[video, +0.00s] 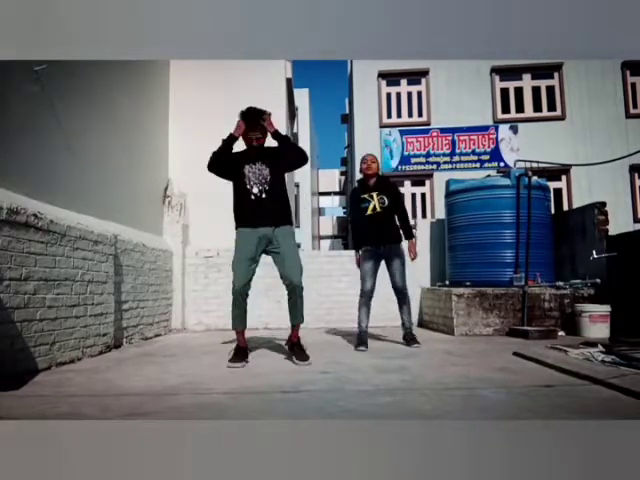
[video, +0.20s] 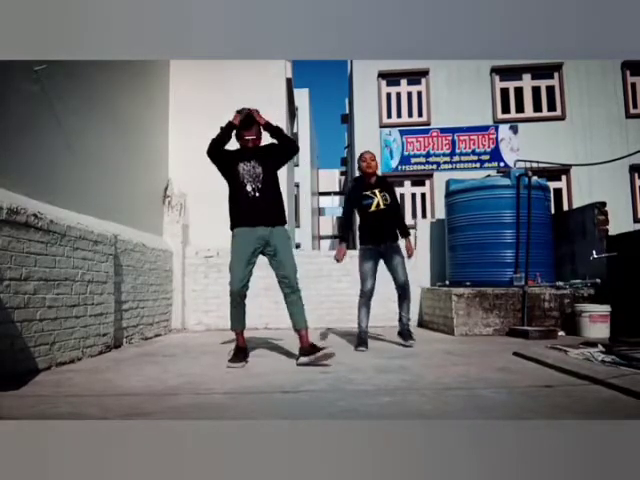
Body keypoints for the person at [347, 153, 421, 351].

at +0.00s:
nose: (368, 165)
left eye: (371, 162)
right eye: (365, 163)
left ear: (378, 166)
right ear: (361, 167)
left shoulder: (389, 186)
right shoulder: (356, 192)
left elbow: (401, 213)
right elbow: (353, 222)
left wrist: (411, 239)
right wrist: (357, 250)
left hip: (392, 244)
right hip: (368, 246)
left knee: (400, 288)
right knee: (366, 290)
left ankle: (408, 332)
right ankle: (362, 336)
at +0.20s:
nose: (369, 164)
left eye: (372, 160)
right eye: (365, 161)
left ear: (377, 164)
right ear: (360, 167)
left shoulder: (386, 184)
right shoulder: (355, 188)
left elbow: (397, 211)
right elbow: (347, 216)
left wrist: (407, 238)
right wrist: (342, 244)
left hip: (391, 243)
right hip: (368, 245)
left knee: (403, 284)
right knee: (366, 290)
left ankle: (404, 327)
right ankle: (362, 335)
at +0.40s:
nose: (379, 164)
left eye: (382, 160)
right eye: (375, 161)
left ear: (387, 164)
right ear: (370, 165)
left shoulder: (393, 188)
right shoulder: (363, 185)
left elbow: (399, 221)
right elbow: (348, 203)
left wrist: (405, 247)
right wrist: (343, 214)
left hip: (392, 244)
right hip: (369, 244)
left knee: (397, 288)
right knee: (368, 289)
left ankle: (399, 333)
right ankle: (362, 336)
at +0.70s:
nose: (377, 164)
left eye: (381, 161)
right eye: (374, 161)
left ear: (388, 164)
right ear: (370, 164)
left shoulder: (395, 187)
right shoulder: (362, 187)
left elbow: (403, 217)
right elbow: (352, 212)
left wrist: (406, 245)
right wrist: (348, 233)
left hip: (387, 244)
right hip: (364, 243)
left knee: (391, 289)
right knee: (355, 286)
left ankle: (398, 332)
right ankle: (352, 329)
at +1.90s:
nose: (378, 165)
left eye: (381, 162)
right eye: (374, 162)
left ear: (386, 165)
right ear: (369, 167)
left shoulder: (394, 187)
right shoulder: (361, 187)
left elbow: (405, 214)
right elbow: (348, 213)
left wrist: (419, 237)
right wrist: (340, 238)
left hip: (388, 245)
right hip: (365, 245)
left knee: (395, 290)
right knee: (356, 290)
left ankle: (395, 333)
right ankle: (344, 332)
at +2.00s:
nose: (377, 164)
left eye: (380, 160)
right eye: (373, 161)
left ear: (386, 163)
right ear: (367, 165)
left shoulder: (395, 183)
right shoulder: (359, 183)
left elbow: (420, 198)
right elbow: (337, 197)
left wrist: (446, 208)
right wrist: (323, 209)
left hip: (391, 245)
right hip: (369, 245)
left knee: (394, 288)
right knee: (358, 289)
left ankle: (394, 333)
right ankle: (353, 331)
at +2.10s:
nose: (374, 167)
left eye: (377, 163)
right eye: (370, 164)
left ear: (384, 166)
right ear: (366, 168)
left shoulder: (394, 182)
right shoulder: (361, 186)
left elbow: (420, 179)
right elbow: (339, 198)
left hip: (393, 245)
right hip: (372, 247)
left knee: (398, 288)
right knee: (359, 288)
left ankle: (397, 332)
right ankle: (375, 328)